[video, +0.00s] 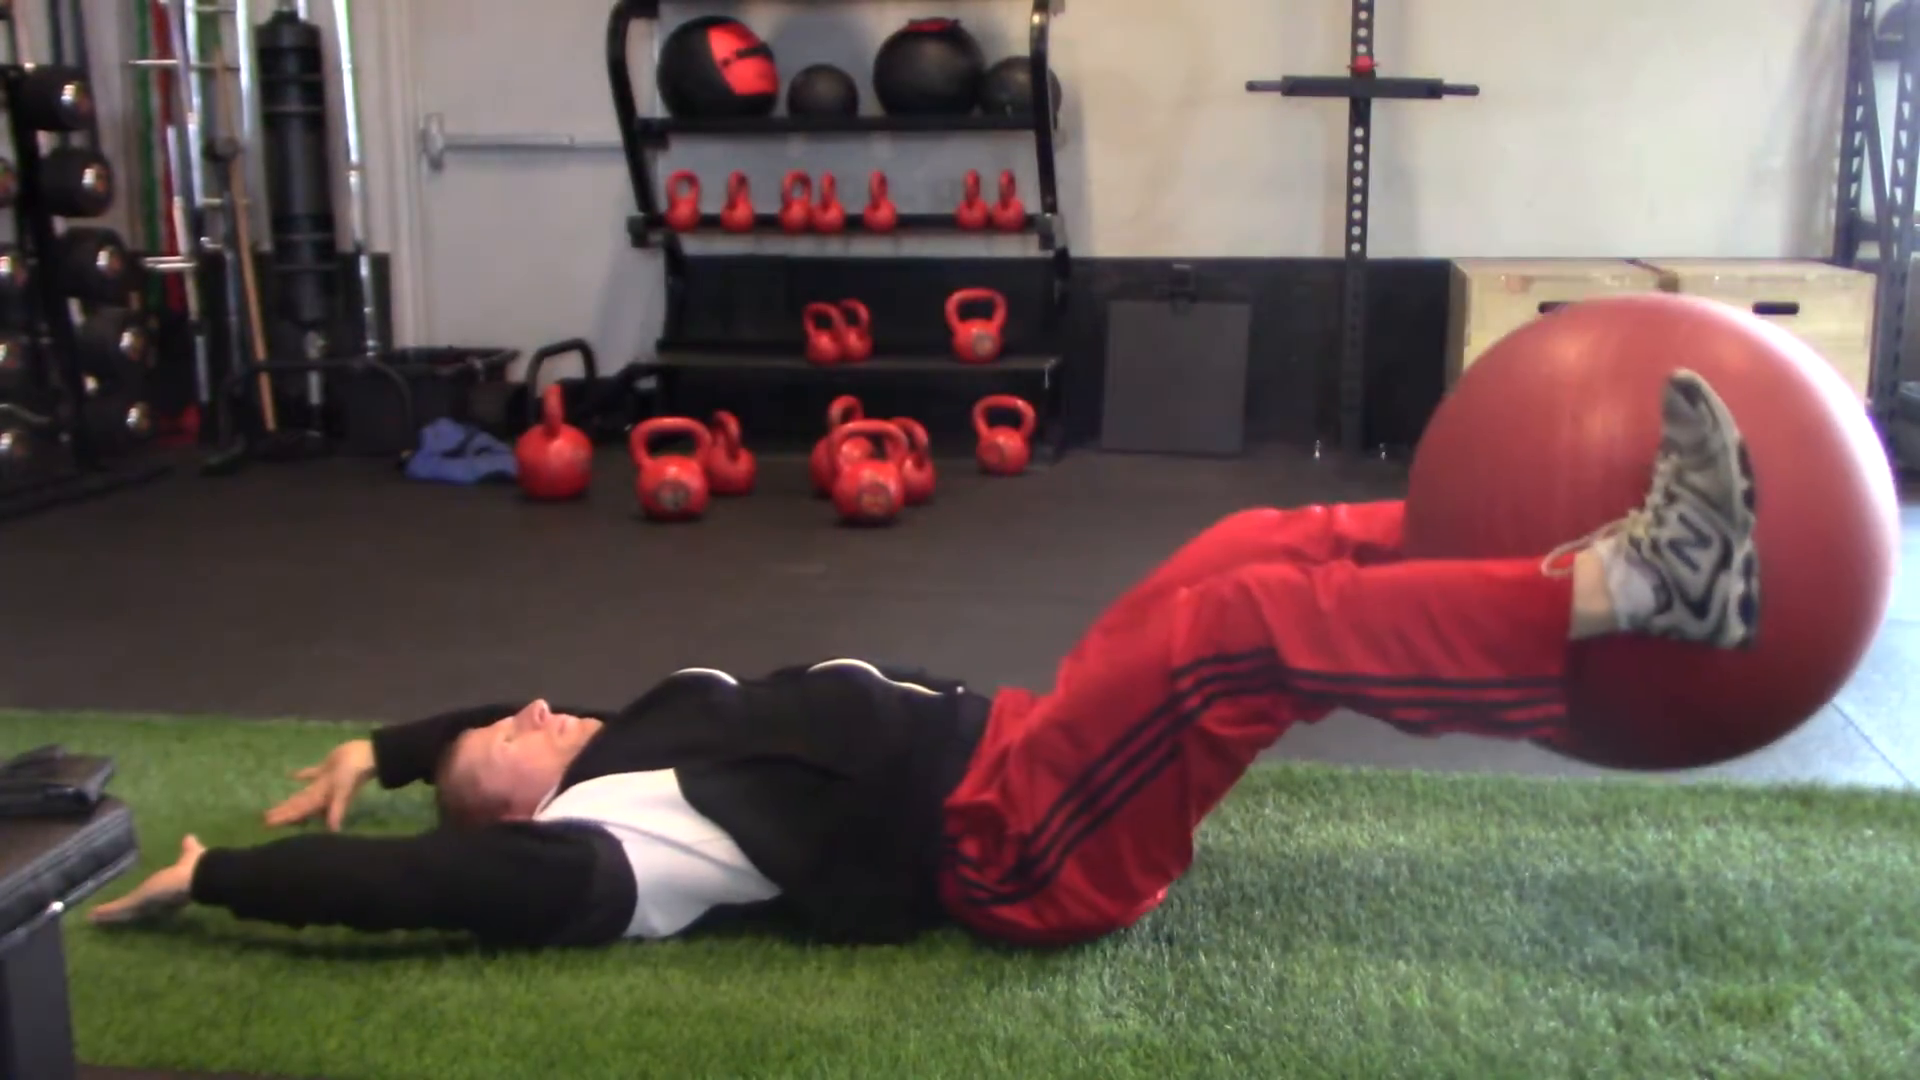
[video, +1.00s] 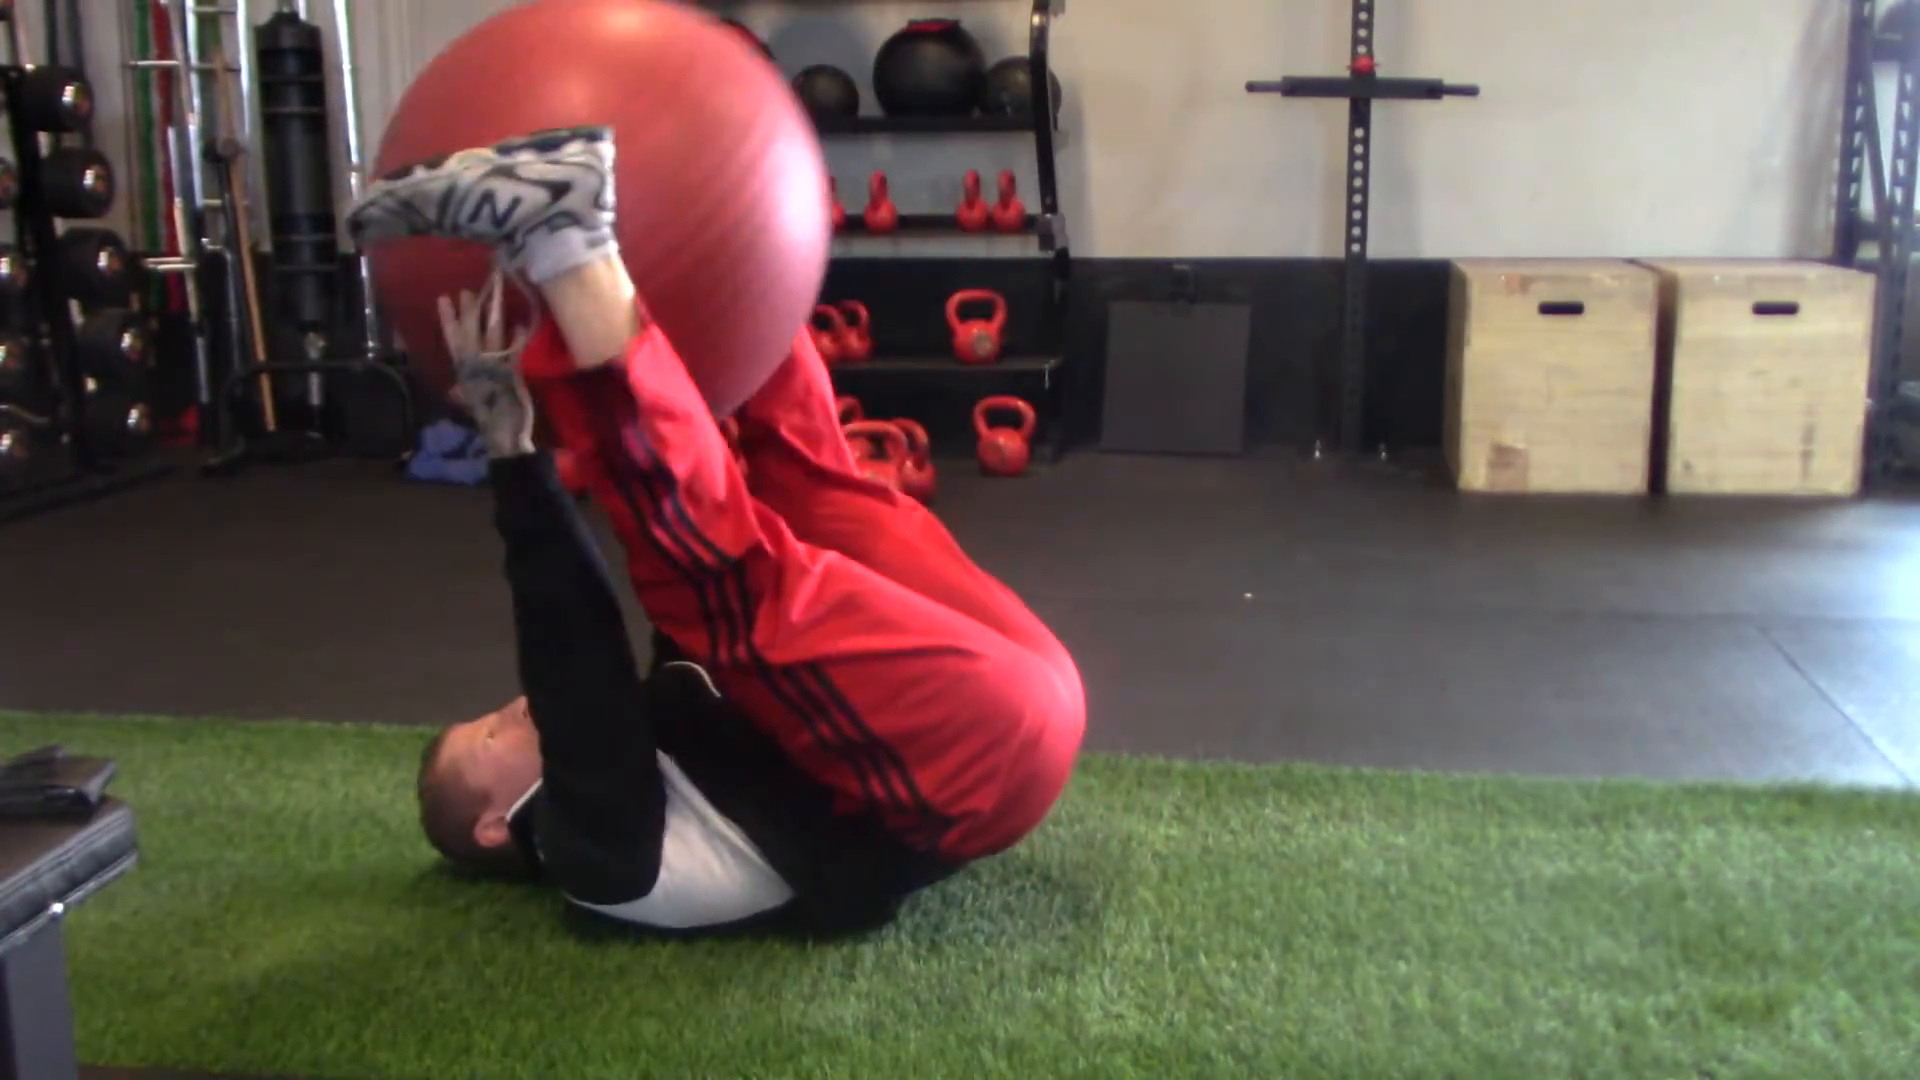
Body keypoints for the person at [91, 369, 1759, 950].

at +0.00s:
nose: (526, 724)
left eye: (510, 723)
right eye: (500, 748)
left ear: (532, 736)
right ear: (501, 811)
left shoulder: (638, 741)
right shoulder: (622, 841)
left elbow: (496, 713)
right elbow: (428, 879)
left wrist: (382, 749)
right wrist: (227, 878)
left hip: (1021, 740)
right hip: (1020, 832)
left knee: (1260, 543)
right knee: (1242, 621)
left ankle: (1581, 538)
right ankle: (1615, 603)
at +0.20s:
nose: (536, 726)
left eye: (517, 725)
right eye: (507, 752)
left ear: (542, 736)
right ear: (508, 815)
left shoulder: (645, 740)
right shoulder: (637, 832)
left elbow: (509, 747)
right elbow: (477, 874)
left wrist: (364, 763)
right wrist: (241, 877)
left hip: (1028, 749)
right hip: (1018, 837)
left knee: (1250, 530)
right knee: (1229, 607)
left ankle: (1571, 515)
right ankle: (1593, 567)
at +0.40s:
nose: (535, 717)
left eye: (530, 714)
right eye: (513, 742)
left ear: (563, 721)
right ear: (519, 803)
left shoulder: (655, 732)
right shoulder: (619, 840)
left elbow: (551, 663)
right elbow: (432, 863)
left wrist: (389, 704)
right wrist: (217, 836)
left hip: (1029, 804)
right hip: (1019, 858)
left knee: (1140, 548)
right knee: (1094, 554)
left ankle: (1394, 363)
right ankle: (1388, 340)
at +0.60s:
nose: (512, 701)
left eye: (495, 706)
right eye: (488, 727)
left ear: (536, 713)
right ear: (501, 780)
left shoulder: (656, 706)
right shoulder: (601, 844)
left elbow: (591, 609)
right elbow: (421, 777)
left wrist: (469, 535)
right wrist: (259, 642)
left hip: (1048, 789)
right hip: (1002, 839)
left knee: (1011, 498)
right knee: (921, 521)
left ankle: (1111, 298)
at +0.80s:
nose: (497, 726)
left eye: (489, 723)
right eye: (482, 736)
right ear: (502, 815)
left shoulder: (672, 715)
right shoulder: (601, 851)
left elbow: (673, 581)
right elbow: (522, 671)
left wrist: (604, 417)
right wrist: (435, 478)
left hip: (1038, 731)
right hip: (987, 799)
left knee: (872, 466)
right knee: (768, 535)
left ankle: (858, 212)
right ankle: (734, 209)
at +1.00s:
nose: (518, 707)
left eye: (491, 716)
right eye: (489, 734)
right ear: (507, 819)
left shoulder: (670, 751)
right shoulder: (602, 856)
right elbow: (577, 659)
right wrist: (517, 459)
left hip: (1027, 701)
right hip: (970, 770)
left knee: (790, 478)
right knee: (728, 587)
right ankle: (569, 250)